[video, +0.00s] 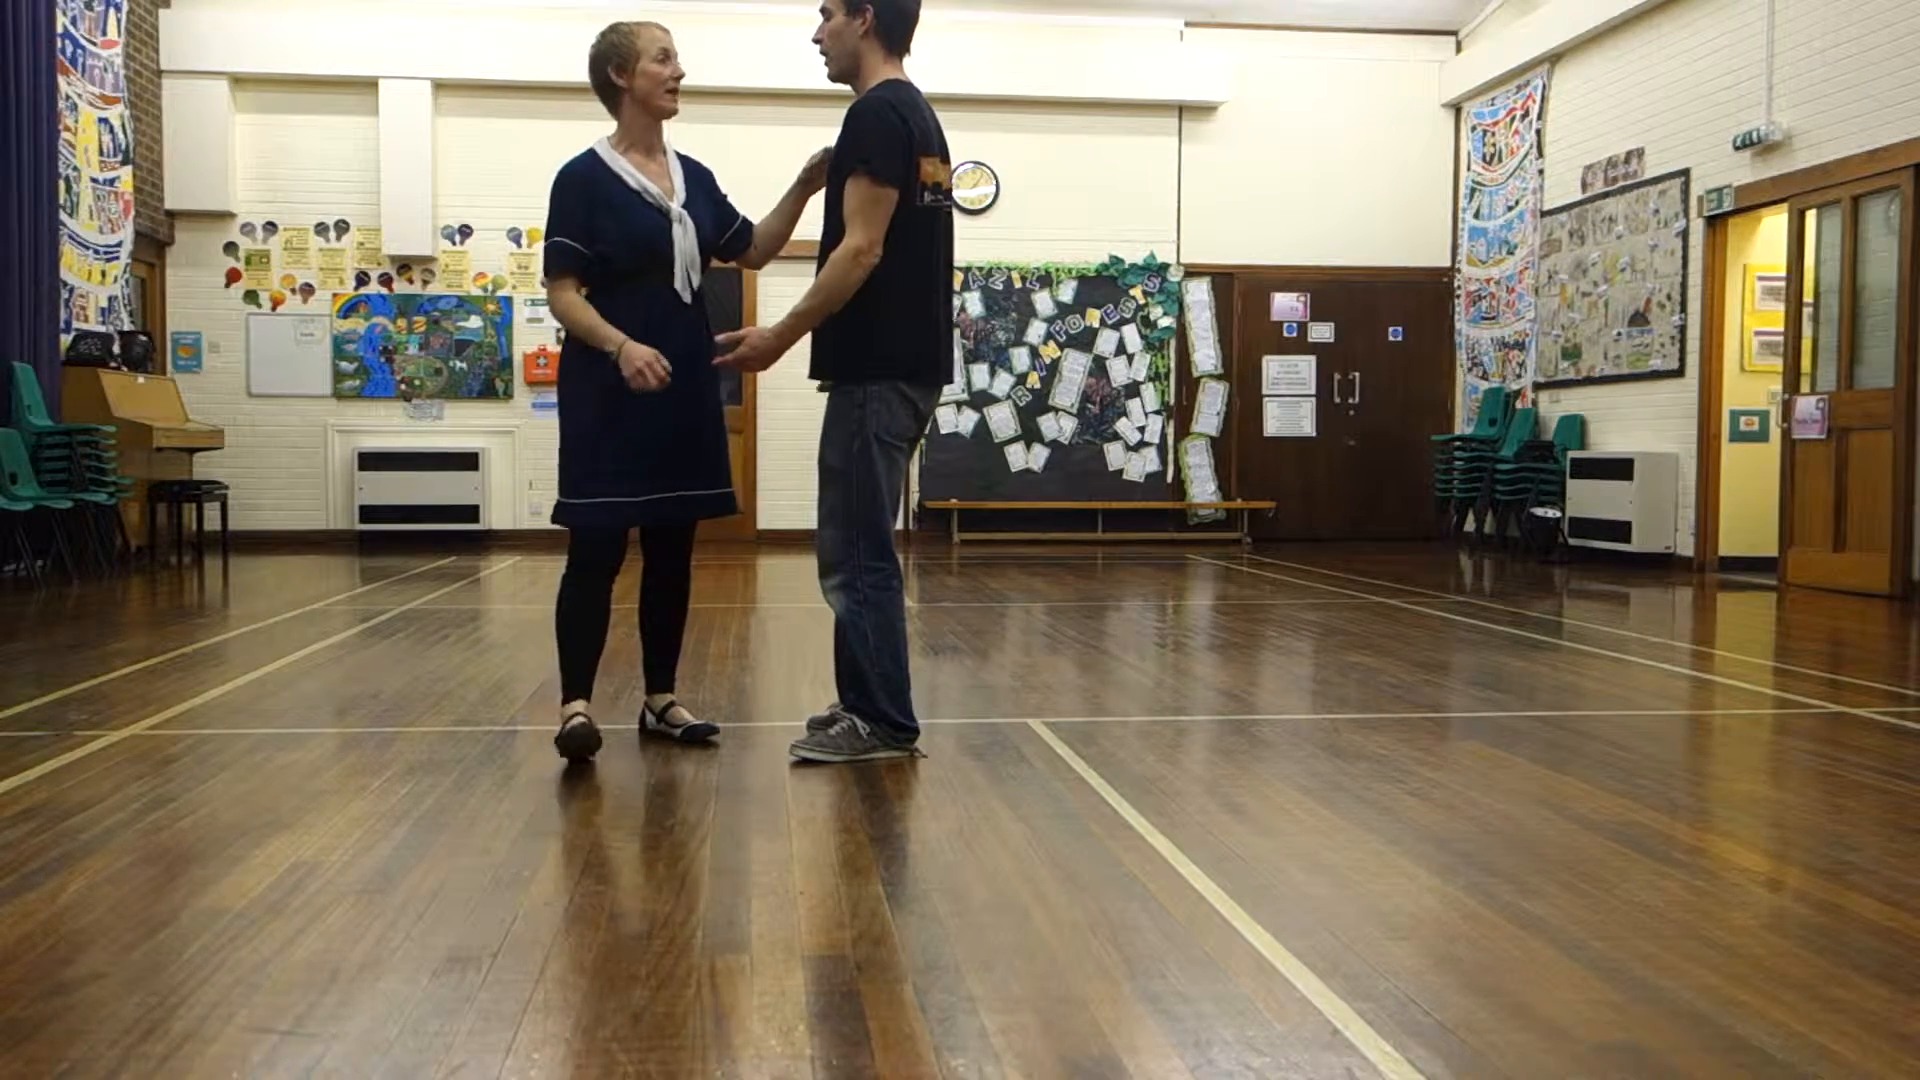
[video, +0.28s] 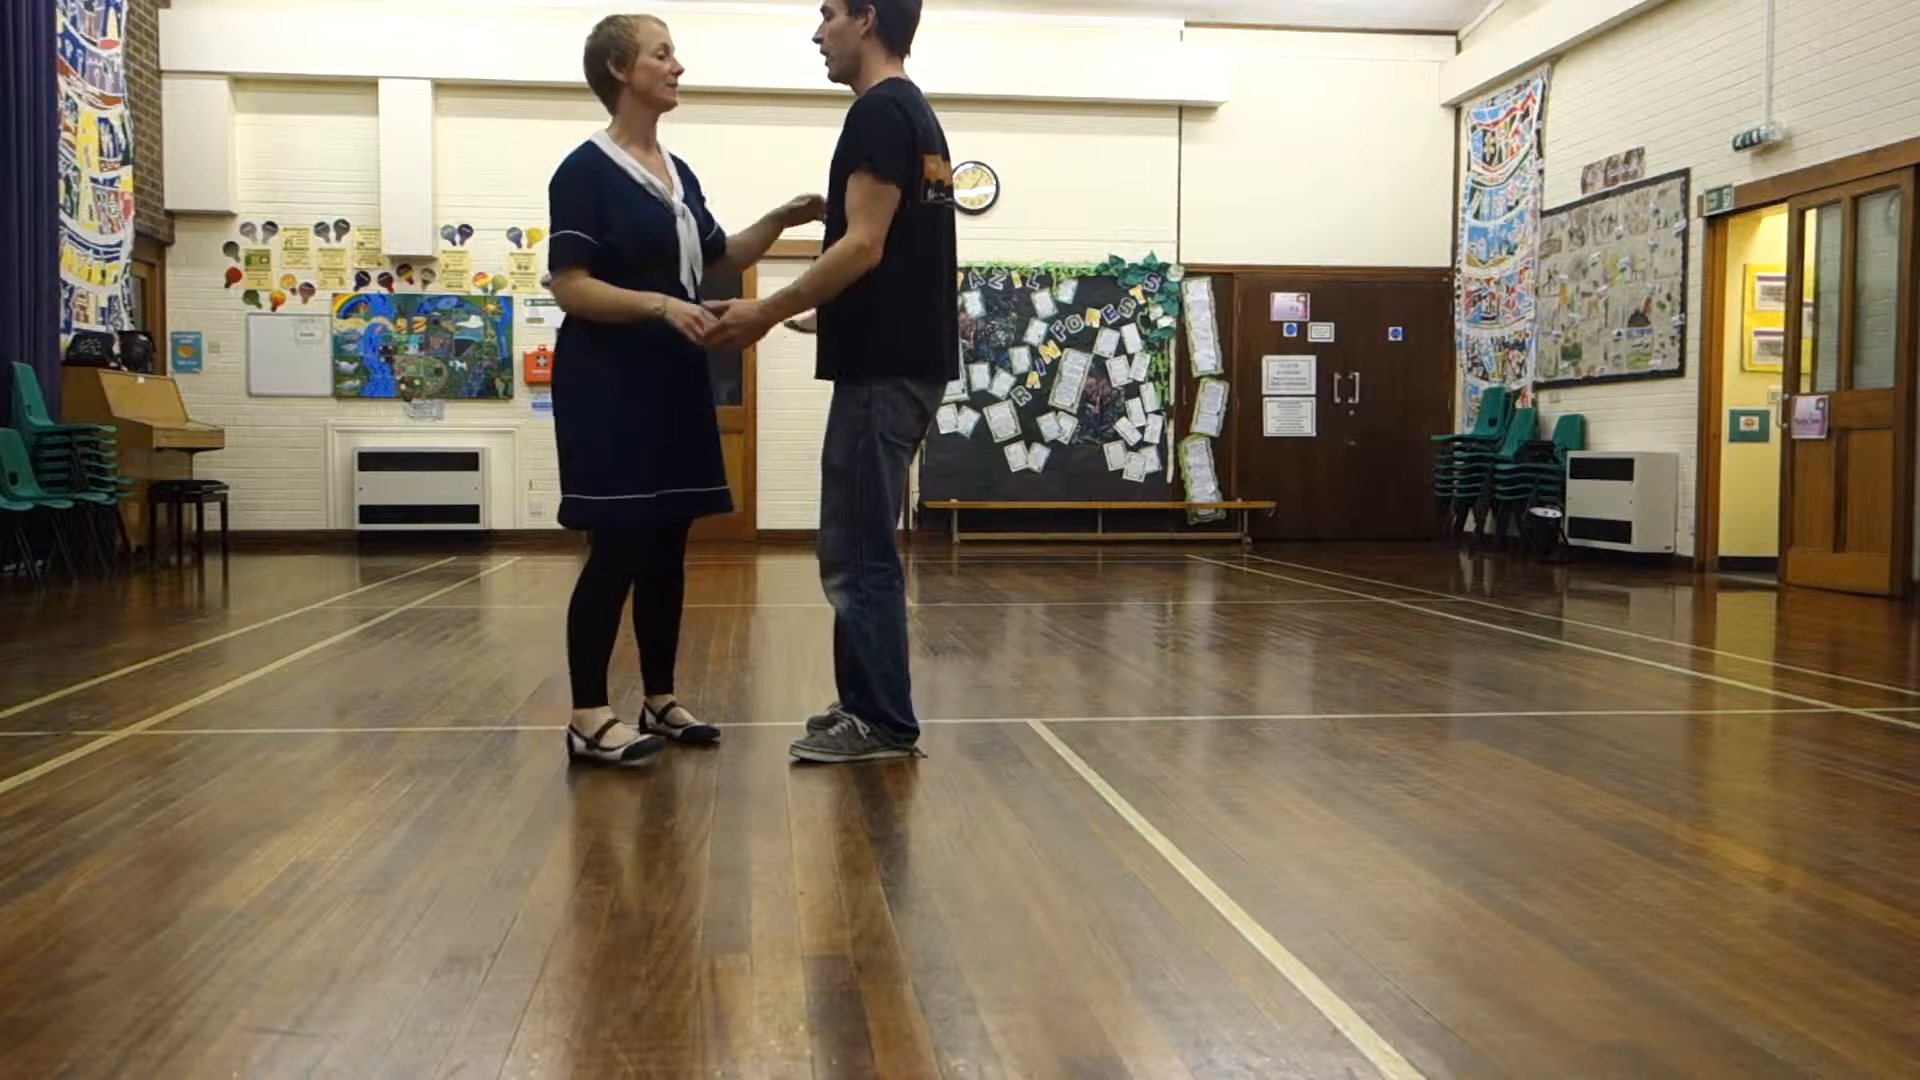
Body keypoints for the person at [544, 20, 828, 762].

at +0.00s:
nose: (679, 71)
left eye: (677, 59)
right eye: (662, 59)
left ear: (659, 77)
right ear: (618, 77)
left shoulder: (691, 175)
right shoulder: (583, 177)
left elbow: (753, 250)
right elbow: (562, 293)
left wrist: (803, 186)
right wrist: (619, 344)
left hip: (685, 397)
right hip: (606, 396)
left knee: (670, 546)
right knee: (596, 551)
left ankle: (661, 702)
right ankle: (577, 707)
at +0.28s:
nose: (679, 66)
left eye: (676, 54)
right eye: (661, 55)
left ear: (642, 73)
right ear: (618, 70)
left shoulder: (677, 171)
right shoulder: (585, 170)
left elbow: (718, 260)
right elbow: (569, 286)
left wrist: (781, 217)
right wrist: (663, 304)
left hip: (675, 396)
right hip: (609, 399)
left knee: (666, 547)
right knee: (616, 551)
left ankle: (660, 703)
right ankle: (589, 717)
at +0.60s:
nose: (667, 62)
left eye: (664, 50)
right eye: (652, 49)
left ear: (626, 66)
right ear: (608, 62)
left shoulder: (637, 162)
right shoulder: (581, 156)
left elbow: (656, 260)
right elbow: (583, 276)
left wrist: (731, 252)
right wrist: (690, 283)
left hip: (658, 391)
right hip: (602, 393)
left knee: (667, 544)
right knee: (620, 549)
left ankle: (657, 705)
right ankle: (593, 722)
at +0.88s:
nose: (656, 54)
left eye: (651, 42)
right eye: (642, 44)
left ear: (611, 60)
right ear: (601, 59)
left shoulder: (618, 154)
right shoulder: (579, 147)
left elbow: (637, 266)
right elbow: (598, 274)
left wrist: (713, 274)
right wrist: (703, 288)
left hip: (633, 389)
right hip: (594, 390)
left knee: (664, 533)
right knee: (613, 542)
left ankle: (618, 694)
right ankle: (593, 719)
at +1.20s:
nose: (641, 67)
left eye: (637, 55)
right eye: (626, 55)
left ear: (594, 73)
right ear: (583, 71)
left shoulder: (605, 159)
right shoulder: (575, 155)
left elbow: (638, 272)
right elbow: (626, 275)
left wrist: (727, 295)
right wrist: (729, 299)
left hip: (626, 387)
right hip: (603, 387)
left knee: (622, 543)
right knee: (618, 543)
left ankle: (593, 705)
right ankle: (593, 717)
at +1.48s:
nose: (630, 81)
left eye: (629, 68)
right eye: (615, 69)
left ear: (592, 85)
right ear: (573, 83)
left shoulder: (602, 168)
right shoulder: (573, 165)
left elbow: (638, 277)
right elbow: (627, 276)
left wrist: (731, 299)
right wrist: (735, 303)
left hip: (620, 390)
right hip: (596, 391)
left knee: (620, 542)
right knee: (614, 543)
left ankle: (593, 705)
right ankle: (592, 714)